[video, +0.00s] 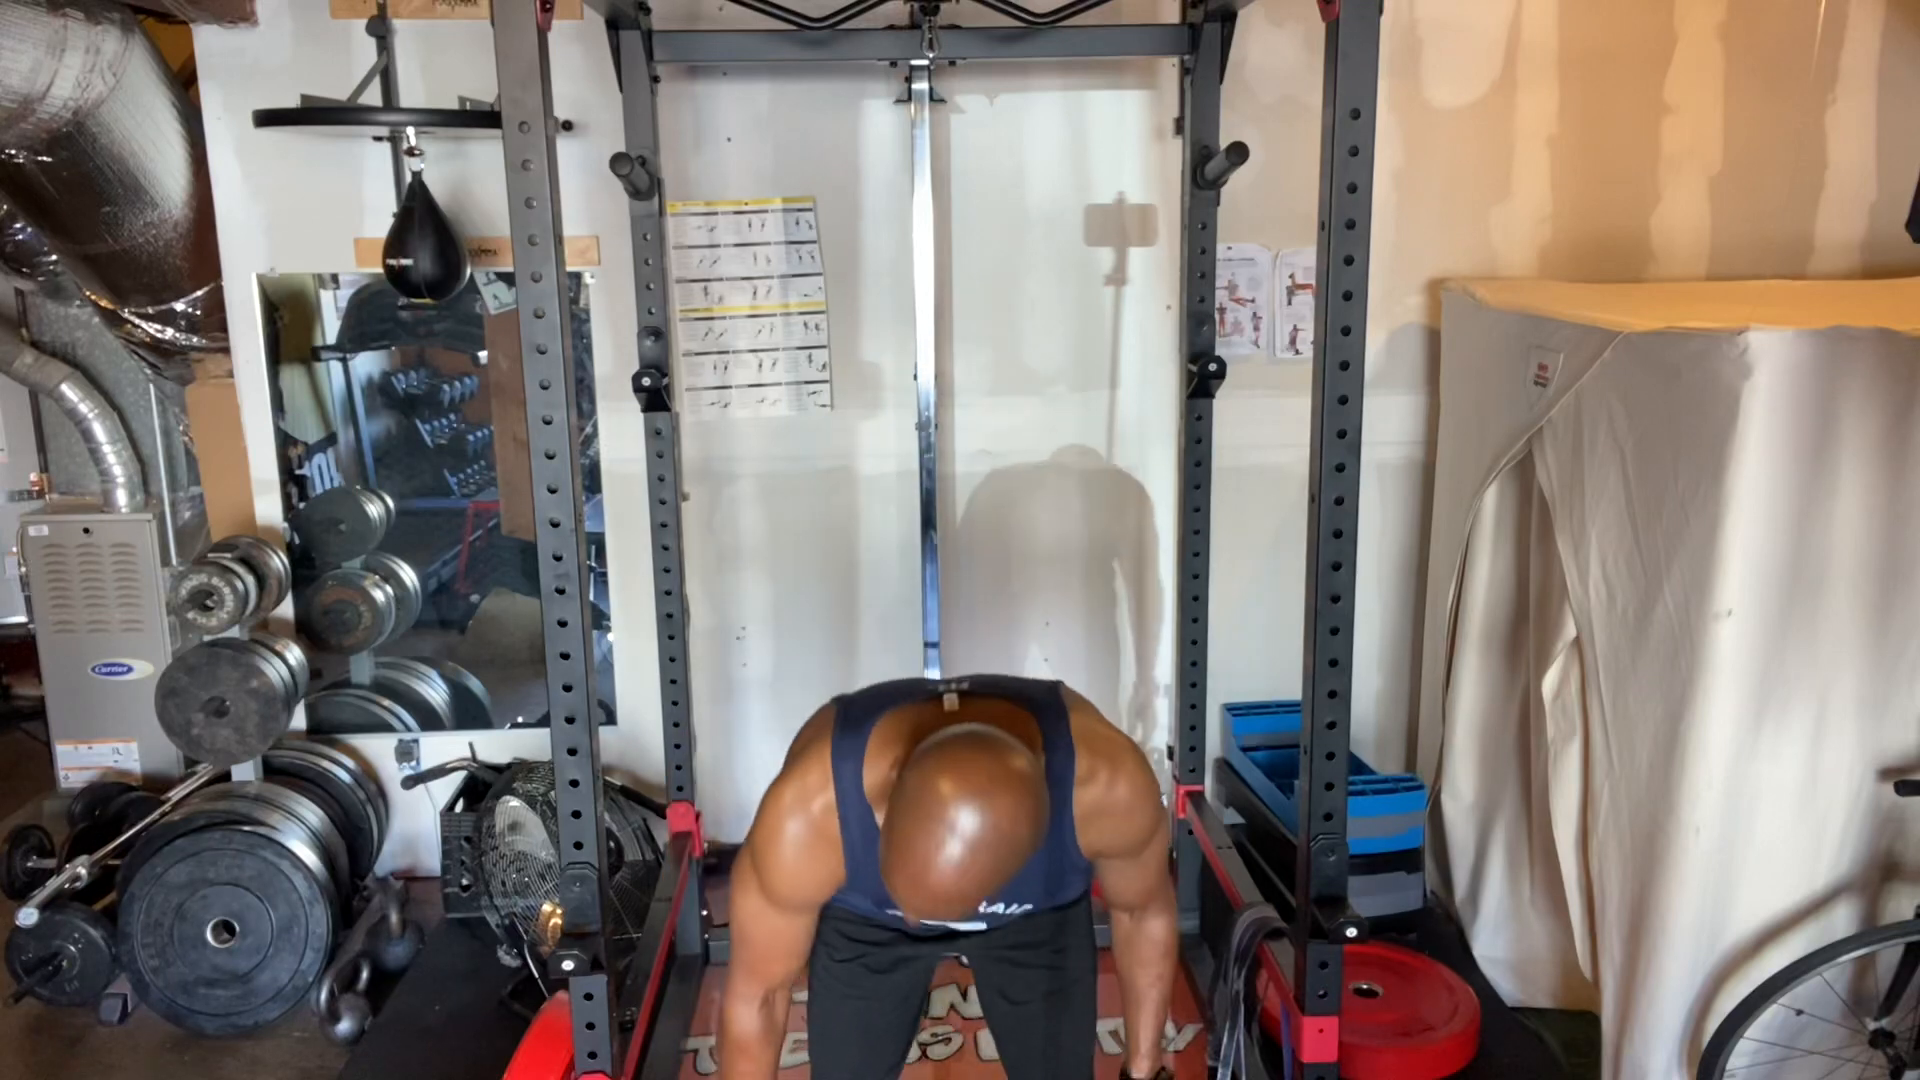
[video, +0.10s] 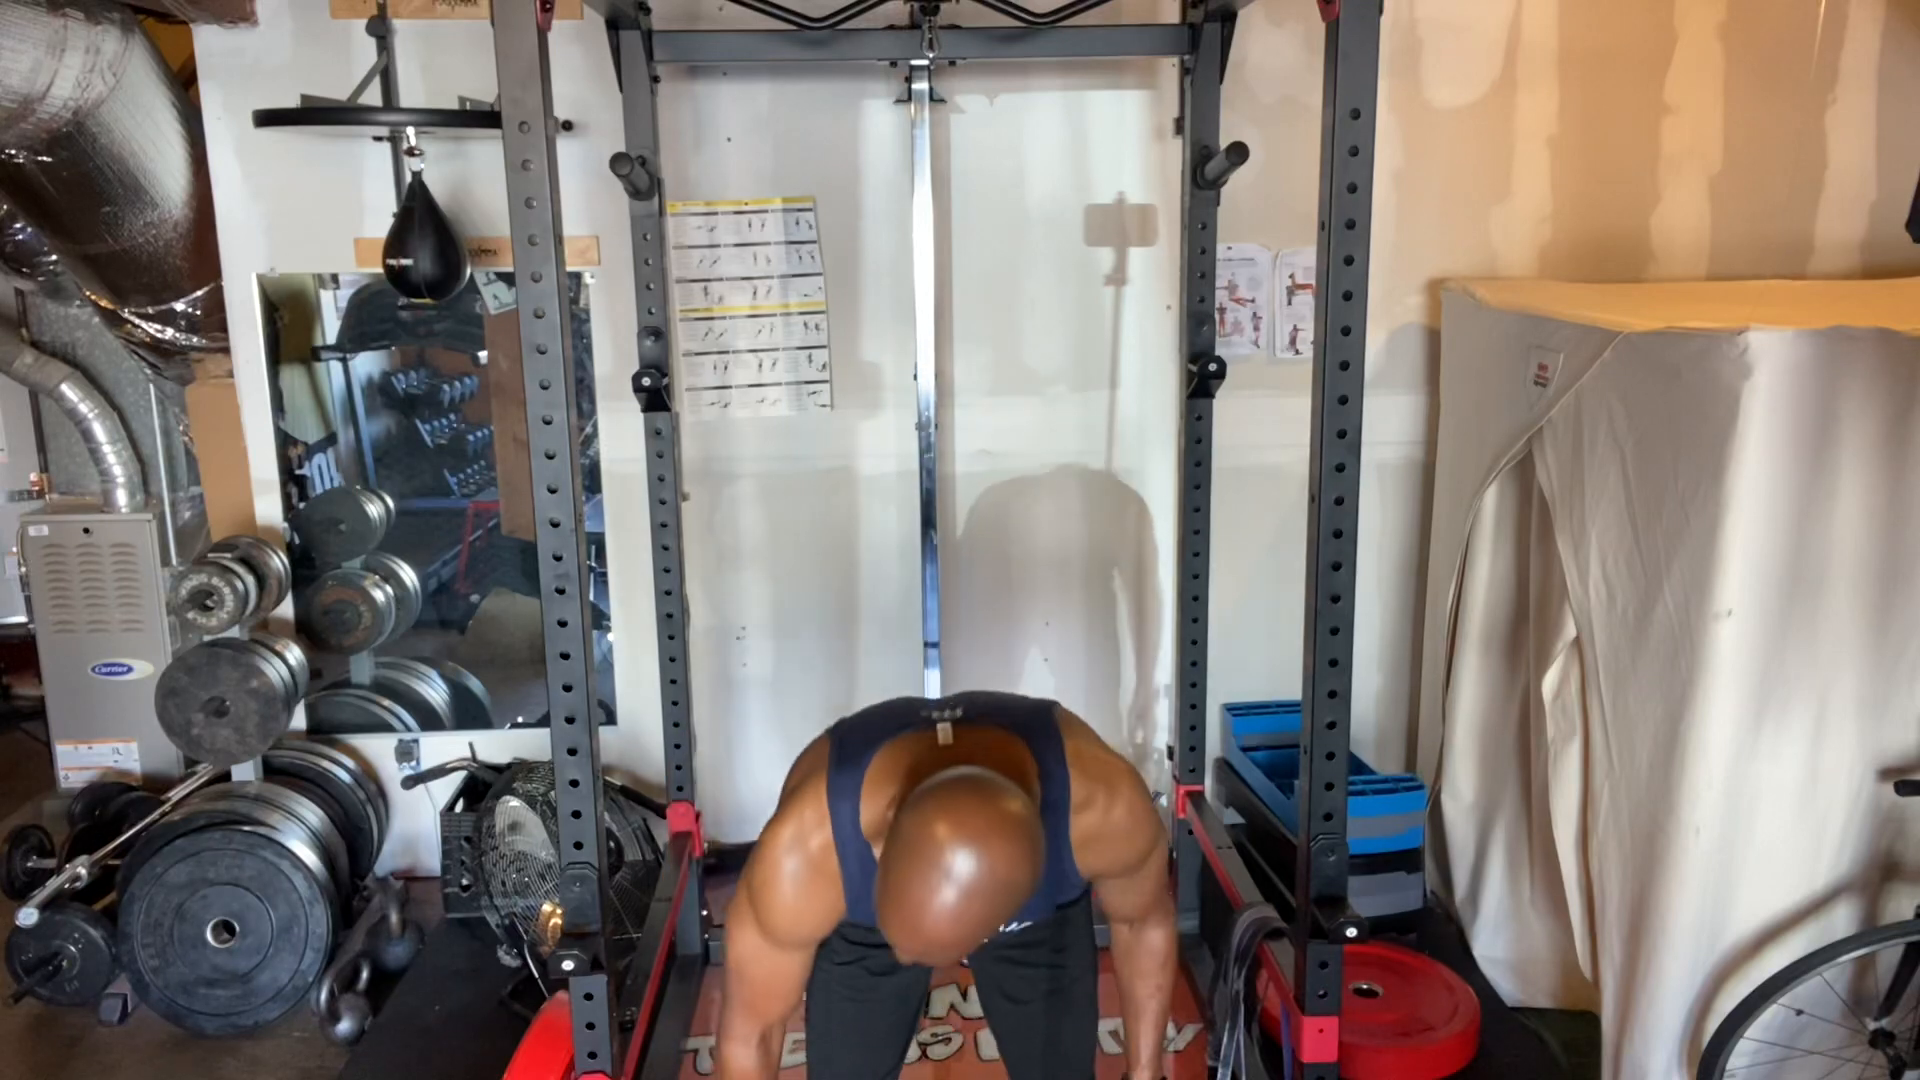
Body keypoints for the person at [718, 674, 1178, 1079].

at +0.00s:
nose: (927, 928)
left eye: (957, 916)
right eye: (905, 909)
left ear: (1040, 838)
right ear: (887, 818)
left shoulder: (1112, 790)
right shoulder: (804, 818)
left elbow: (1143, 915)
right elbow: (757, 997)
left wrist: (1143, 1062)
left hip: (1038, 910)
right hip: (867, 915)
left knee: (1057, 1068)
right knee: (847, 1069)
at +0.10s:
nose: (938, 973)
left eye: (960, 958)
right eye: (910, 954)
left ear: (1032, 882)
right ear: (881, 859)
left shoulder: (1111, 816)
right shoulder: (801, 860)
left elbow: (1143, 926)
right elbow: (751, 1034)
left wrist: (1145, 1067)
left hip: (1040, 899)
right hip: (861, 909)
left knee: (1059, 1065)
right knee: (847, 1068)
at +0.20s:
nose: (923, 1010)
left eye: (946, 1001)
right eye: (903, 993)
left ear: (1041, 902)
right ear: (879, 895)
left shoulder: (1107, 839)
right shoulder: (794, 900)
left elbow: (1142, 940)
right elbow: (745, 1063)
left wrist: (1143, 1071)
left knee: (1060, 1062)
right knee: (847, 1064)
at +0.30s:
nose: (926, 1048)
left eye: (947, 1034)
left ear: (1027, 932)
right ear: (869, 912)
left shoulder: (1100, 862)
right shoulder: (788, 925)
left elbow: (1136, 952)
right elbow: (750, 1070)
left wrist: (1139, 1071)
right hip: (848, 781)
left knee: (1061, 1061)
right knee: (843, 1062)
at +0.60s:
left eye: (939, 1076)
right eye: (886, 1072)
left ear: (1009, 957)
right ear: (852, 981)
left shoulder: (1097, 909)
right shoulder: (774, 965)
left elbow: (1132, 1008)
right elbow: (747, 1068)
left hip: (1015, 769)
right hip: (854, 779)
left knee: (1030, 1058)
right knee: (832, 1055)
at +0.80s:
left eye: (998, 1075)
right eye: (945, 1078)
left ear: (1042, 969)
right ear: (891, 992)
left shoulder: (1116, 927)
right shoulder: (797, 970)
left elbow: (1144, 1043)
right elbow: (756, 1066)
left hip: (1023, 765)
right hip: (871, 777)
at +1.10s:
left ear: (1078, 977)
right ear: (930, 1015)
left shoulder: (1144, 940)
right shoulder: (826, 977)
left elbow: (1167, 1061)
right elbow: (770, 1066)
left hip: (1040, 774)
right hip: (889, 785)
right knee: (865, 1054)